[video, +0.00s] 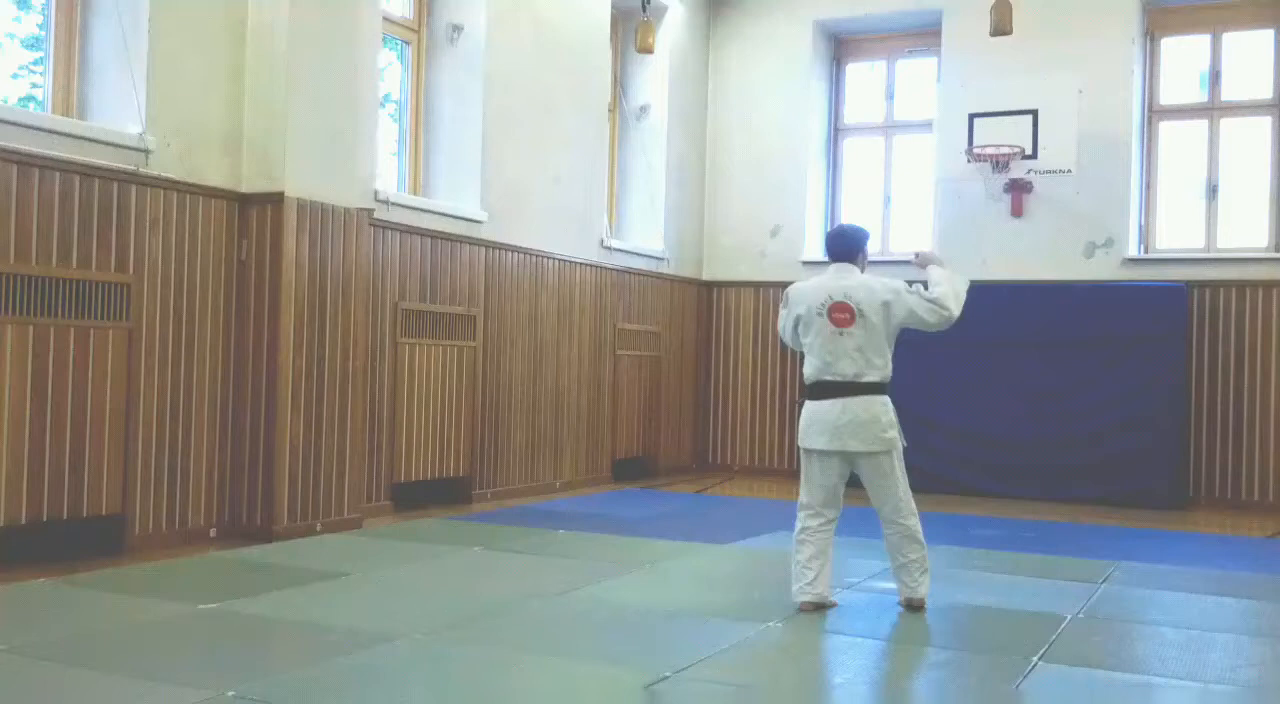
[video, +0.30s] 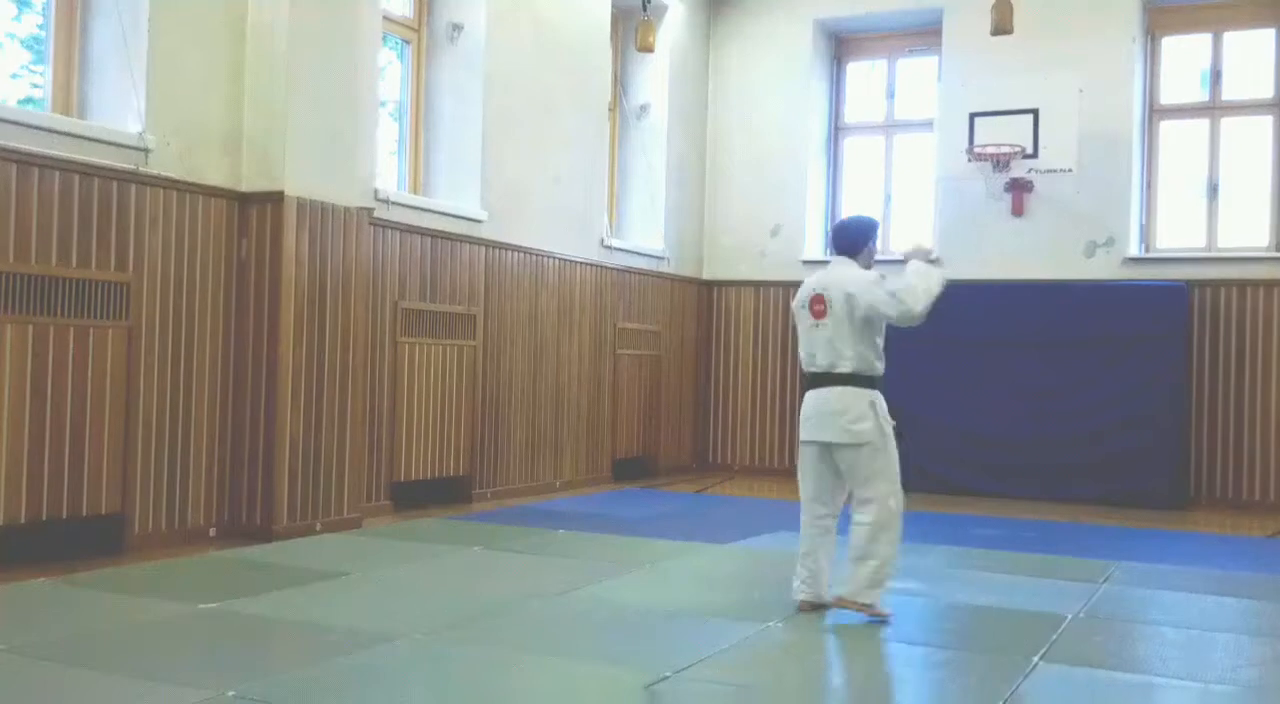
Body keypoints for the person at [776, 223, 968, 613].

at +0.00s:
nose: (866, 256)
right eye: (866, 251)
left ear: (828, 254)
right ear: (862, 255)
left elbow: (791, 338)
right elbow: (943, 310)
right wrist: (935, 268)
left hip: (820, 413)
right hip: (871, 412)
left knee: (815, 511)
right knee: (897, 509)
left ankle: (810, 594)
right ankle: (914, 592)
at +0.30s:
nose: (876, 252)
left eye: (875, 245)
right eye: (874, 245)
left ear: (834, 245)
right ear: (865, 247)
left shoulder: (806, 287)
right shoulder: (864, 283)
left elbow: (808, 349)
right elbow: (908, 307)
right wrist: (921, 264)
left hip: (815, 402)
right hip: (857, 404)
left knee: (817, 504)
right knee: (880, 501)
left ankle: (809, 591)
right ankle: (861, 591)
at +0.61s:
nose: (889, 254)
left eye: (888, 247)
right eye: (884, 246)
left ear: (860, 251)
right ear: (863, 251)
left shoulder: (855, 293)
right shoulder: (839, 289)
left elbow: (865, 351)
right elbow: (844, 339)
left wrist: (909, 360)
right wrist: (896, 313)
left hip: (846, 409)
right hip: (846, 412)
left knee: (846, 507)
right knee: (864, 512)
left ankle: (809, 589)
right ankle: (829, 603)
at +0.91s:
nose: (889, 240)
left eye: (887, 233)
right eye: (881, 234)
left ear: (862, 241)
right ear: (856, 241)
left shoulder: (860, 286)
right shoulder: (836, 284)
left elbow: (864, 350)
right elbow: (836, 348)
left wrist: (875, 405)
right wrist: (857, 408)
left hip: (855, 404)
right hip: (839, 406)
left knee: (843, 503)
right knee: (848, 506)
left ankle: (812, 583)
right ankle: (822, 599)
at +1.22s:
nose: (886, 241)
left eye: (884, 234)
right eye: (878, 235)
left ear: (855, 241)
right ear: (853, 241)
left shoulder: (843, 282)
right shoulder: (835, 281)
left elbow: (838, 342)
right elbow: (834, 342)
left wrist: (858, 395)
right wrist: (851, 401)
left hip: (826, 400)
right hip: (828, 402)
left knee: (817, 497)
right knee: (837, 500)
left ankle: (804, 588)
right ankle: (823, 599)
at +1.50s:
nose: (876, 245)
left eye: (874, 238)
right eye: (869, 238)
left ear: (844, 243)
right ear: (844, 242)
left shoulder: (830, 283)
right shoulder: (825, 283)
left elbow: (827, 342)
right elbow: (826, 342)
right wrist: (847, 397)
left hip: (809, 401)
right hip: (816, 403)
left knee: (806, 497)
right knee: (838, 497)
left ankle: (802, 588)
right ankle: (822, 597)